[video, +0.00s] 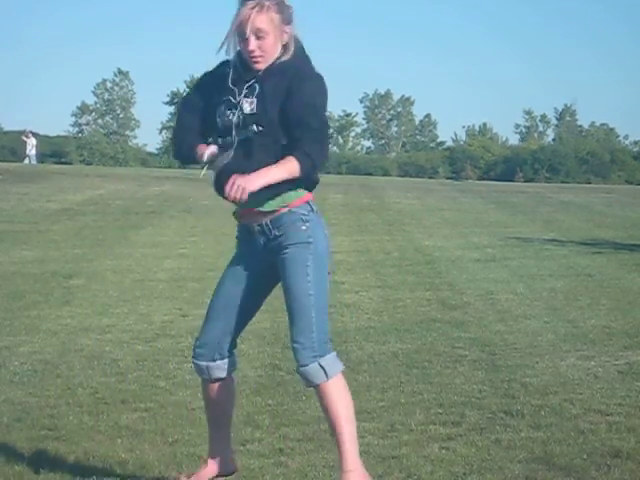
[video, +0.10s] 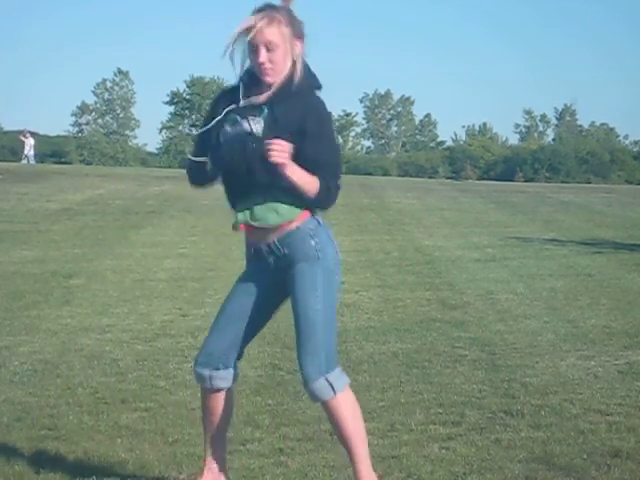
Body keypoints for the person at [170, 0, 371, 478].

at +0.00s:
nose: (251, 45)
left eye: (261, 35)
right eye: (244, 35)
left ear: (285, 36)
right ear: (236, 36)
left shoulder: (300, 78)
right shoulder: (223, 77)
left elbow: (312, 155)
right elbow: (185, 134)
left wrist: (257, 178)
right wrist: (213, 153)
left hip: (297, 226)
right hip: (252, 235)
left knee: (312, 353)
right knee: (211, 350)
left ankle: (353, 468)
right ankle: (221, 459)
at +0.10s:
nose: (262, 57)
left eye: (273, 48)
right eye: (255, 47)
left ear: (296, 49)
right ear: (247, 50)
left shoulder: (307, 106)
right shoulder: (229, 103)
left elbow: (327, 193)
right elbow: (199, 177)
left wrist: (288, 165)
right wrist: (213, 153)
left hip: (309, 247)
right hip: (261, 256)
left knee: (320, 373)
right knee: (213, 364)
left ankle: (366, 473)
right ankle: (214, 469)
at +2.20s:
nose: (199, 21)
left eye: (209, 10)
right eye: (193, 12)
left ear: (240, 9)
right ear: (189, 14)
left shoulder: (247, 56)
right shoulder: (215, 64)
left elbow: (294, 105)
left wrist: (295, 176)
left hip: (246, 215)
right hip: (263, 212)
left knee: (247, 360)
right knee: (250, 356)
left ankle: (262, 472)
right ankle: (264, 468)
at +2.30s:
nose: (196, 58)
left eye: (205, 48)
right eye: (193, 49)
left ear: (237, 48)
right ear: (193, 49)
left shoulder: (234, 97)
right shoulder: (225, 95)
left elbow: (275, 169)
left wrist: (328, 239)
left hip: (252, 270)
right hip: (251, 266)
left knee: (219, 397)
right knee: (234, 392)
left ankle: (248, 478)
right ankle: (266, 475)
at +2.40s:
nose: (190, 96)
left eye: (199, 85)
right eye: (190, 86)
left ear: (234, 89)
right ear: (230, 91)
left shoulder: (252, 134)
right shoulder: (229, 140)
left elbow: (271, 204)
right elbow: (236, 218)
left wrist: (268, 278)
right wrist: (222, 286)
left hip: (261, 303)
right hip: (244, 302)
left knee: (191, 418)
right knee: (204, 411)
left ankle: (239, 479)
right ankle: (256, 475)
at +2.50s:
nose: (189, 103)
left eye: (194, 93)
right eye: (189, 94)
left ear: (226, 90)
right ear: (222, 91)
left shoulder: (264, 138)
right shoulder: (218, 146)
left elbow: (267, 217)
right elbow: (225, 213)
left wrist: (222, 237)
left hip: (263, 308)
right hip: (236, 309)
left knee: (188, 418)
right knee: (200, 417)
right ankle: (255, 476)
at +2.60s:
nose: (184, 84)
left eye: (189, 73)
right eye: (182, 75)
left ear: (220, 66)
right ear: (215, 68)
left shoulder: (244, 105)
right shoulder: (231, 110)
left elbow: (274, 177)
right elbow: (256, 181)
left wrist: (255, 252)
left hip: (261, 268)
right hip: (252, 266)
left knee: (212, 405)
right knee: (222, 401)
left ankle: (249, 478)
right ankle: (261, 475)